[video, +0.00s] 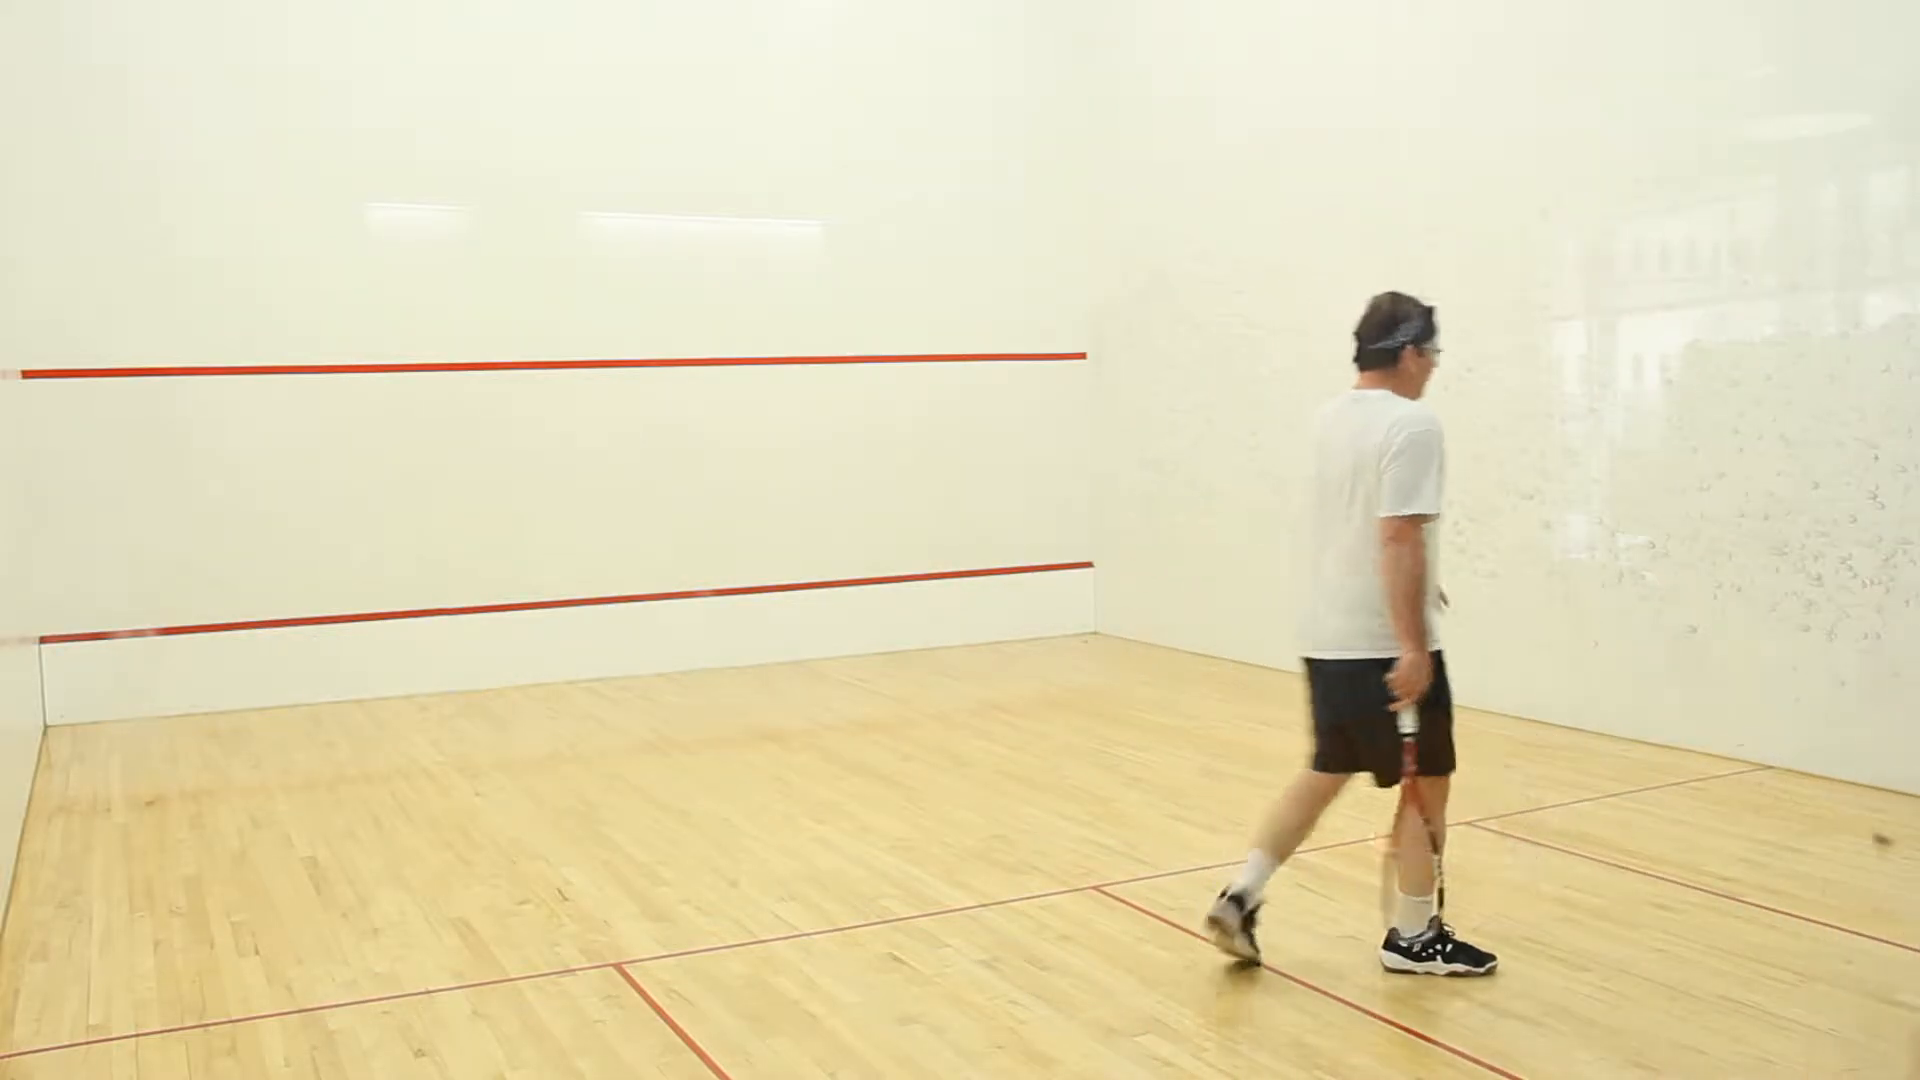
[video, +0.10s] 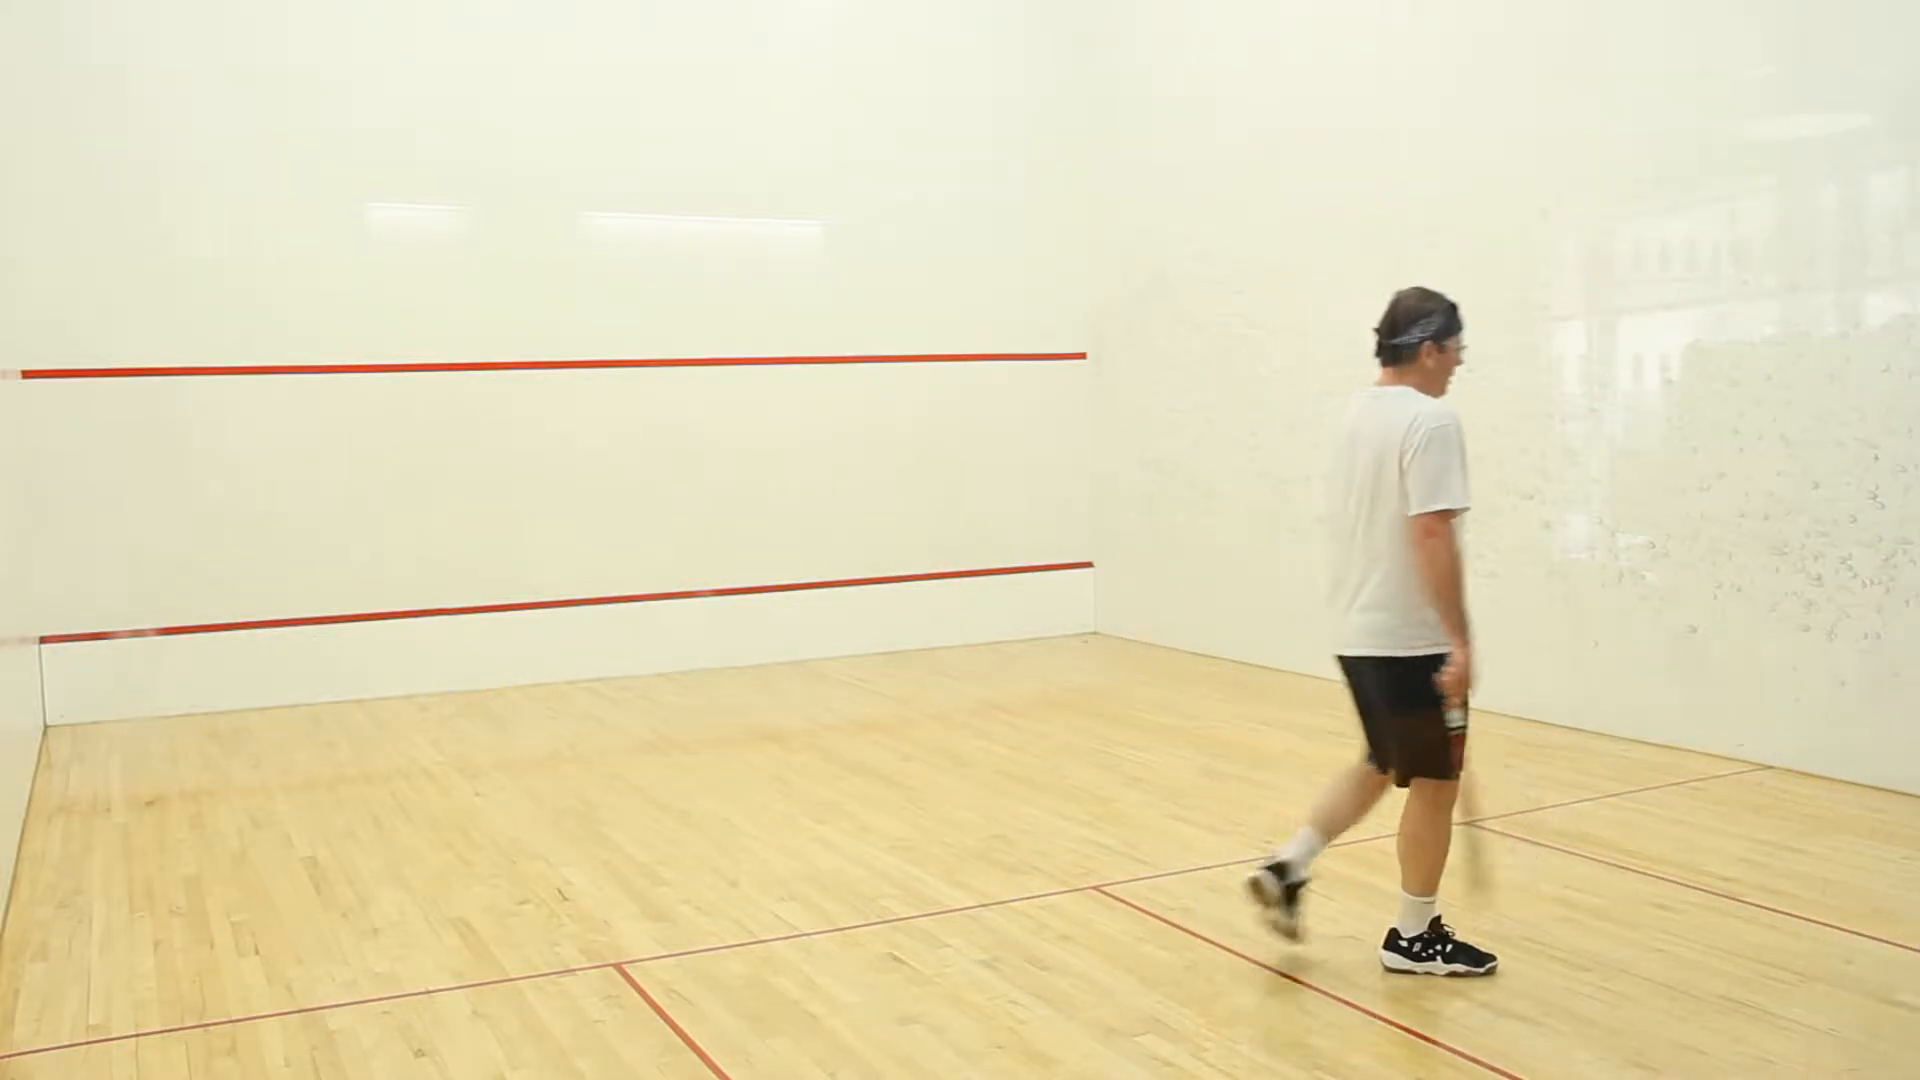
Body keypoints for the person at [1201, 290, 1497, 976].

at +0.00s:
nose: (1433, 365)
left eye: (1432, 353)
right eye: (1430, 352)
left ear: (1369, 352)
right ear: (1408, 353)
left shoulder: (1333, 416)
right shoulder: (1410, 424)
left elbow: (1337, 531)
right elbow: (1401, 538)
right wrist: (1414, 648)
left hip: (1328, 642)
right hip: (1390, 645)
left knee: (1329, 766)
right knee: (1426, 783)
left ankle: (1240, 896)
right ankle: (1412, 933)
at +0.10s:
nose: (1459, 359)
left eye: (1458, 347)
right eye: (1453, 346)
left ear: (1395, 348)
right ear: (1425, 348)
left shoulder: (1363, 411)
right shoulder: (1429, 419)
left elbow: (1358, 526)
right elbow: (1433, 533)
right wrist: (1459, 642)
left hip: (1358, 634)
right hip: (1408, 638)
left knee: (1384, 760)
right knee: (1436, 778)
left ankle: (1288, 866)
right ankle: (1416, 931)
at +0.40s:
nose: (1532, 359)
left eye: (1533, 346)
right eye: (1524, 346)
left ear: (1474, 349)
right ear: (1485, 347)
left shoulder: (1435, 413)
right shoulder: (1487, 420)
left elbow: (1403, 523)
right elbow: (1485, 532)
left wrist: (1393, 605)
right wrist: (1547, 622)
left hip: (1463, 632)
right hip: (1465, 637)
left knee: (1518, 753)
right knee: (1459, 778)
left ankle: (1533, 903)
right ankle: (1415, 930)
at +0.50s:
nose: (1556, 362)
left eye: (1556, 349)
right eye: (1549, 348)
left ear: (1499, 350)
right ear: (1513, 348)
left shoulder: (1460, 414)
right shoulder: (1506, 423)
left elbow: (1428, 525)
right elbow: (1502, 540)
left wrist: (1423, 609)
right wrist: (1555, 635)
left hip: (1497, 637)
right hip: (1488, 640)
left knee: (1547, 760)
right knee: (1480, 782)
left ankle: (1576, 912)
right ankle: (1417, 929)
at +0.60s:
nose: (1573, 367)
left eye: (1573, 354)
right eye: (1567, 352)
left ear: (1516, 352)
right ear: (1532, 350)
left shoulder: (1490, 419)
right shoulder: (1521, 425)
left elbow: (1482, 544)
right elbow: (1520, 546)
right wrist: (1561, 647)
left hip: (1527, 637)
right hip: (1512, 642)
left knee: (1576, 759)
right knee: (1517, 783)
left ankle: (1581, 915)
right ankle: (1429, 917)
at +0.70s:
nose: (1592, 361)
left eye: (1593, 347)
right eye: (1583, 346)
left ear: (1538, 348)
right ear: (1541, 345)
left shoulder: (1531, 419)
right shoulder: (1530, 423)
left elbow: (1543, 548)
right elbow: (1530, 545)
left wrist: (1585, 642)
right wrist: (1565, 645)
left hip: (1571, 638)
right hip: (1542, 644)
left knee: (1591, 775)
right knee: (1568, 788)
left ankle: (1583, 917)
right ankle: (1454, 901)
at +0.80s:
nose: (1607, 357)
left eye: (1607, 343)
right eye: (1598, 342)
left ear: (1553, 344)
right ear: (1558, 342)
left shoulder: (1553, 417)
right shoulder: (1533, 422)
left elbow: (1562, 537)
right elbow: (1531, 542)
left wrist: (1604, 625)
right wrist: (1568, 637)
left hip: (1587, 630)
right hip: (1560, 636)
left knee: (1605, 773)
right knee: (1604, 770)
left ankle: (1583, 917)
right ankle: (1491, 895)